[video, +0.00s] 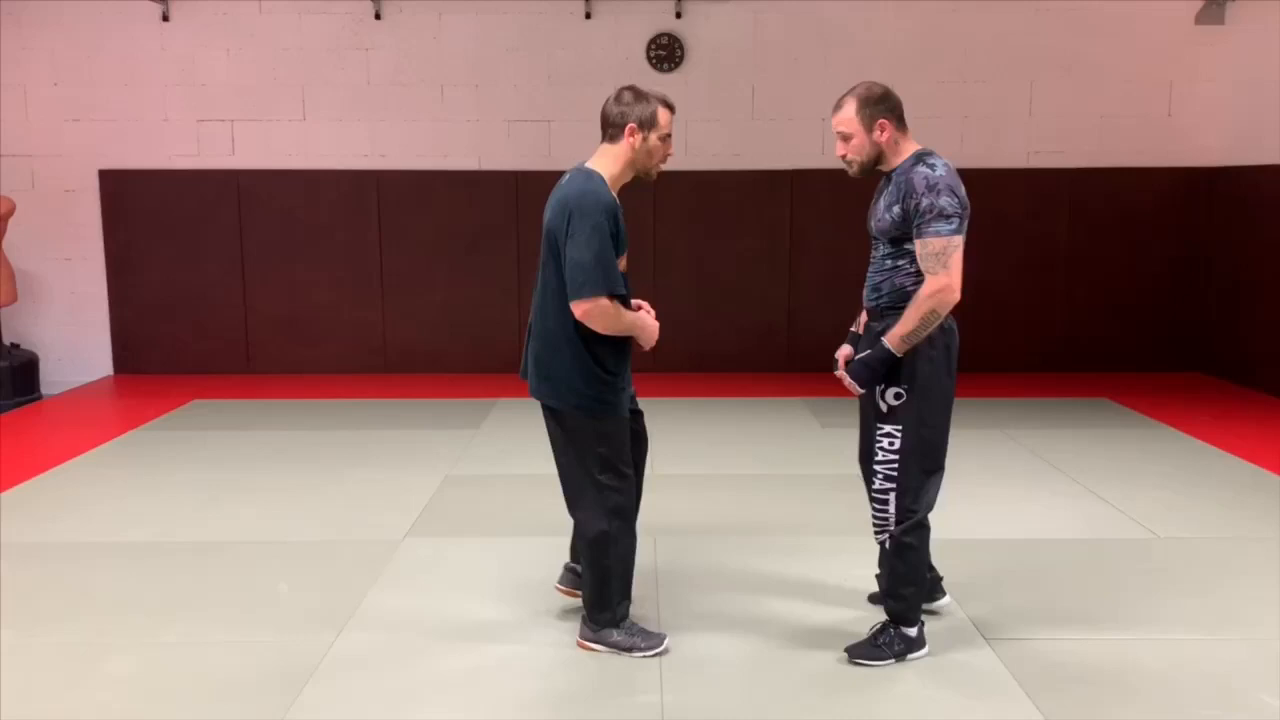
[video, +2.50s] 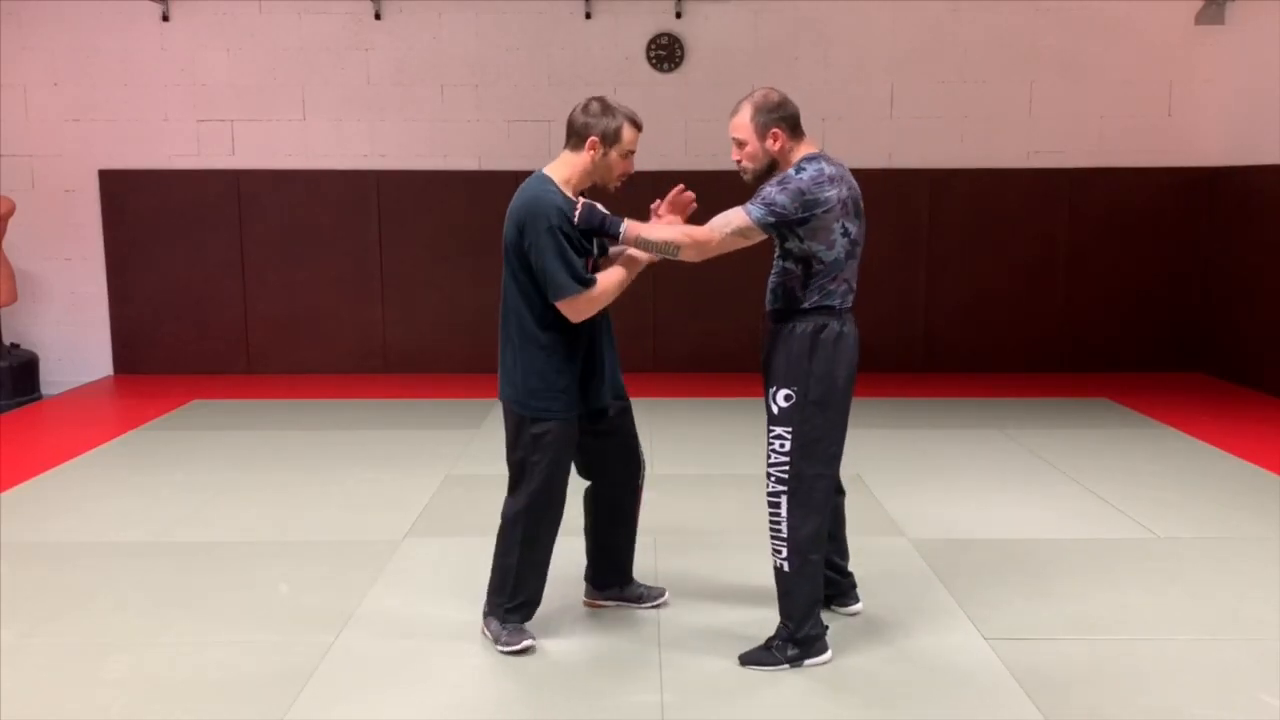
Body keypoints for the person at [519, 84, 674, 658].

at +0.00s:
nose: (670, 148)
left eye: (671, 137)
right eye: (664, 136)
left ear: (626, 136)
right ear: (633, 135)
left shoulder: (588, 190)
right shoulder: (590, 200)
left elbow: (601, 278)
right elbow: (589, 305)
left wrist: (627, 308)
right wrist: (636, 323)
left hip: (589, 370)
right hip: (580, 379)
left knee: (628, 456)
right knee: (610, 494)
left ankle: (583, 566)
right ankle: (605, 623)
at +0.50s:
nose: (675, 140)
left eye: (676, 129)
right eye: (669, 128)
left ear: (637, 126)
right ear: (636, 125)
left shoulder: (617, 185)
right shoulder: (596, 188)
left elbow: (620, 273)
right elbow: (591, 285)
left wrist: (660, 291)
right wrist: (658, 303)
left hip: (617, 370)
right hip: (596, 374)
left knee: (623, 484)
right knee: (608, 493)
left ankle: (620, 580)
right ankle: (606, 617)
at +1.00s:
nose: (682, 153)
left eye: (684, 141)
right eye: (678, 140)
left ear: (644, 133)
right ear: (647, 134)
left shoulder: (621, 193)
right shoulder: (589, 196)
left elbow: (627, 272)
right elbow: (590, 295)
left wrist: (656, 296)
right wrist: (655, 306)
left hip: (623, 374)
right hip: (592, 379)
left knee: (631, 485)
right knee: (605, 496)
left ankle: (625, 578)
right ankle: (604, 619)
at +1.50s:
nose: (644, 160)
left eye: (646, 149)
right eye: (640, 148)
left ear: (607, 141)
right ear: (610, 142)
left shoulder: (584, 195)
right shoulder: (557, 207)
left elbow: (604, 250)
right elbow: (577, 310)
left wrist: (652, 251)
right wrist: (637, 278)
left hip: (592, 373)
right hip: (549, 382)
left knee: (623, 468)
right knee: (550, 498)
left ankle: (620, 575)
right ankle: (520, 617)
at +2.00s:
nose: (651, 175)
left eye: (654, 164)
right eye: (649, 164)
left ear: (618, 151)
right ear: (620, 151)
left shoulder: (588, 194)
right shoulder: (564, 204)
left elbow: (625, 252)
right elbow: (595, 301)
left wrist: (657, 228)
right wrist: (647, 245)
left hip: (585, 372)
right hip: (541, 377)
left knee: (609, 476)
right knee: (533, 502)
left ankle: (608, 580)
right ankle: (505, 615)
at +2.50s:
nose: (630, 168)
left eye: (632, 157)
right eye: (626, 155)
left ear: (591, 148)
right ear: (593, 147)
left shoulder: (577, 201)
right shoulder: (540, 209)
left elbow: (611, 258)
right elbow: (579, 306)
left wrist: (657, 227)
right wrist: (637, 258)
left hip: (589, 374)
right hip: (541, 381)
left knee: (619, 471)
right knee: (536, 497)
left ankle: (609, 581)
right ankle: (505, 613)